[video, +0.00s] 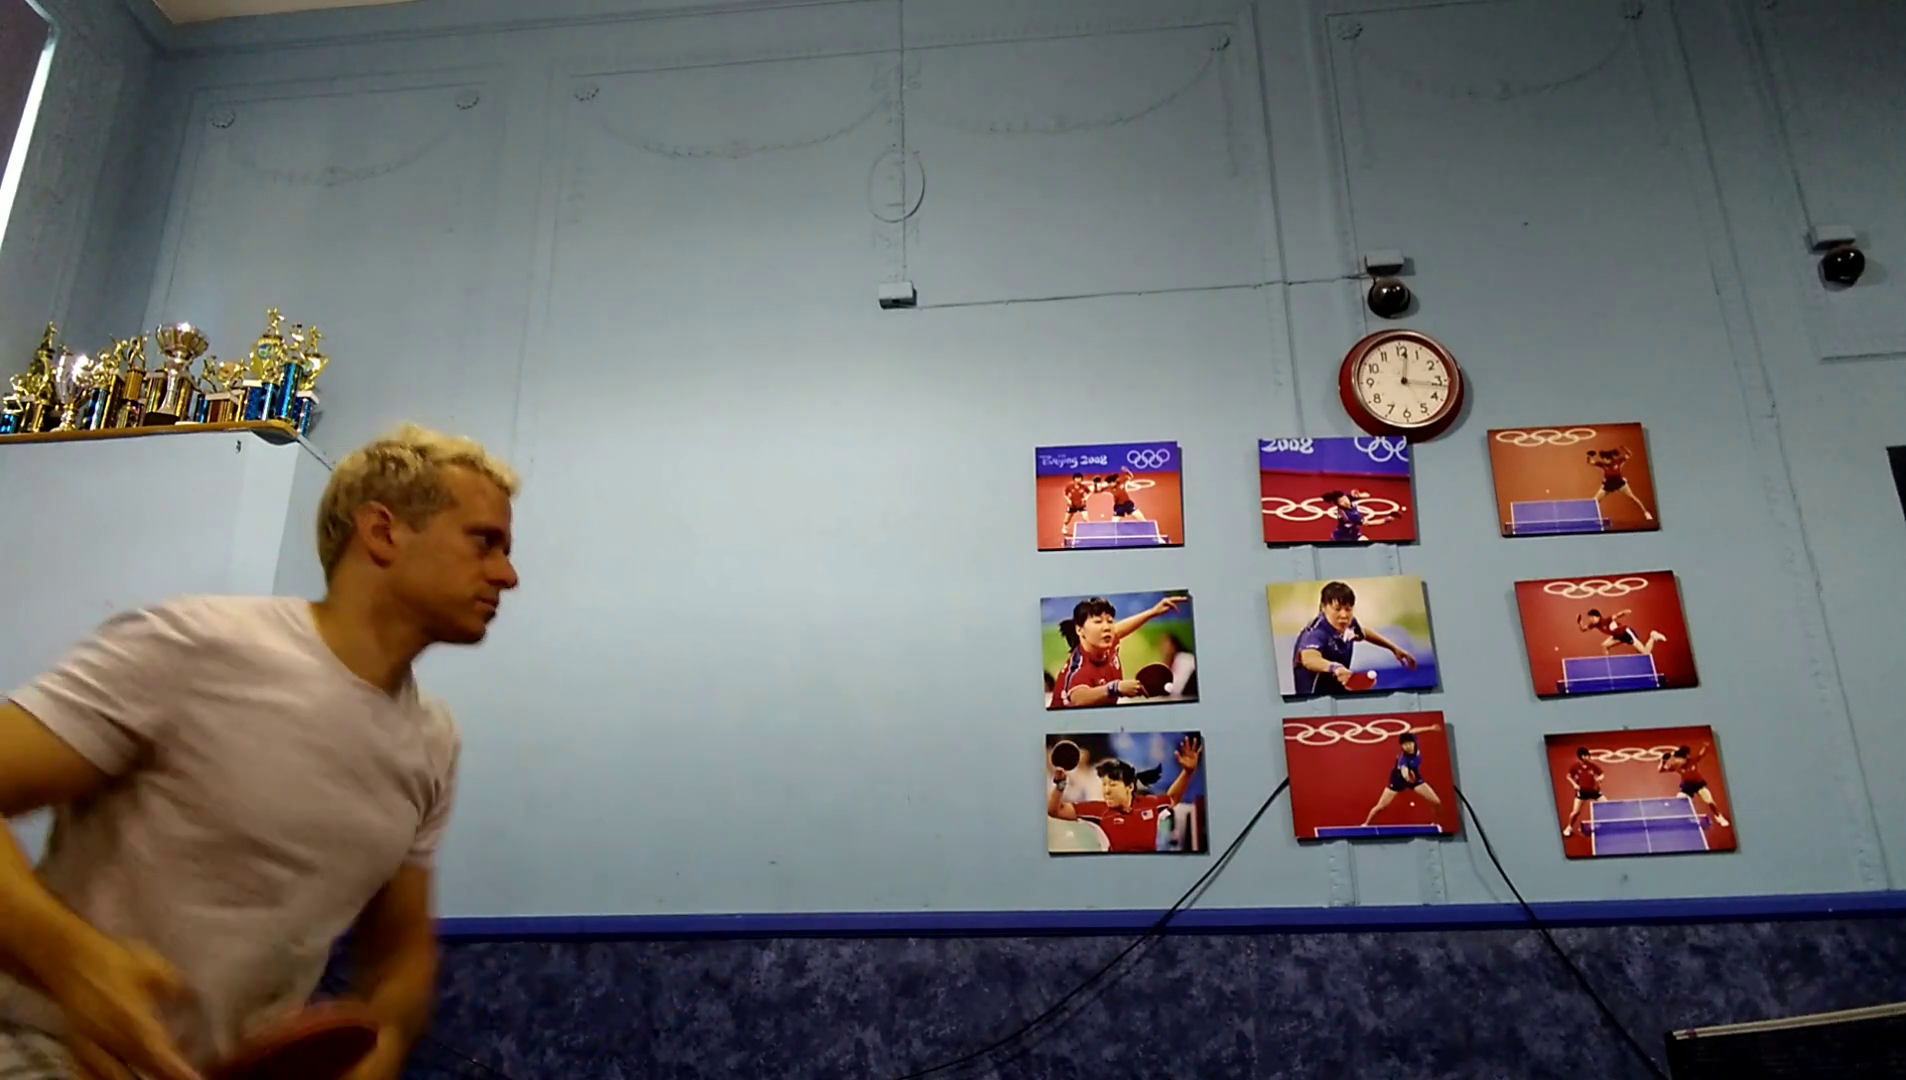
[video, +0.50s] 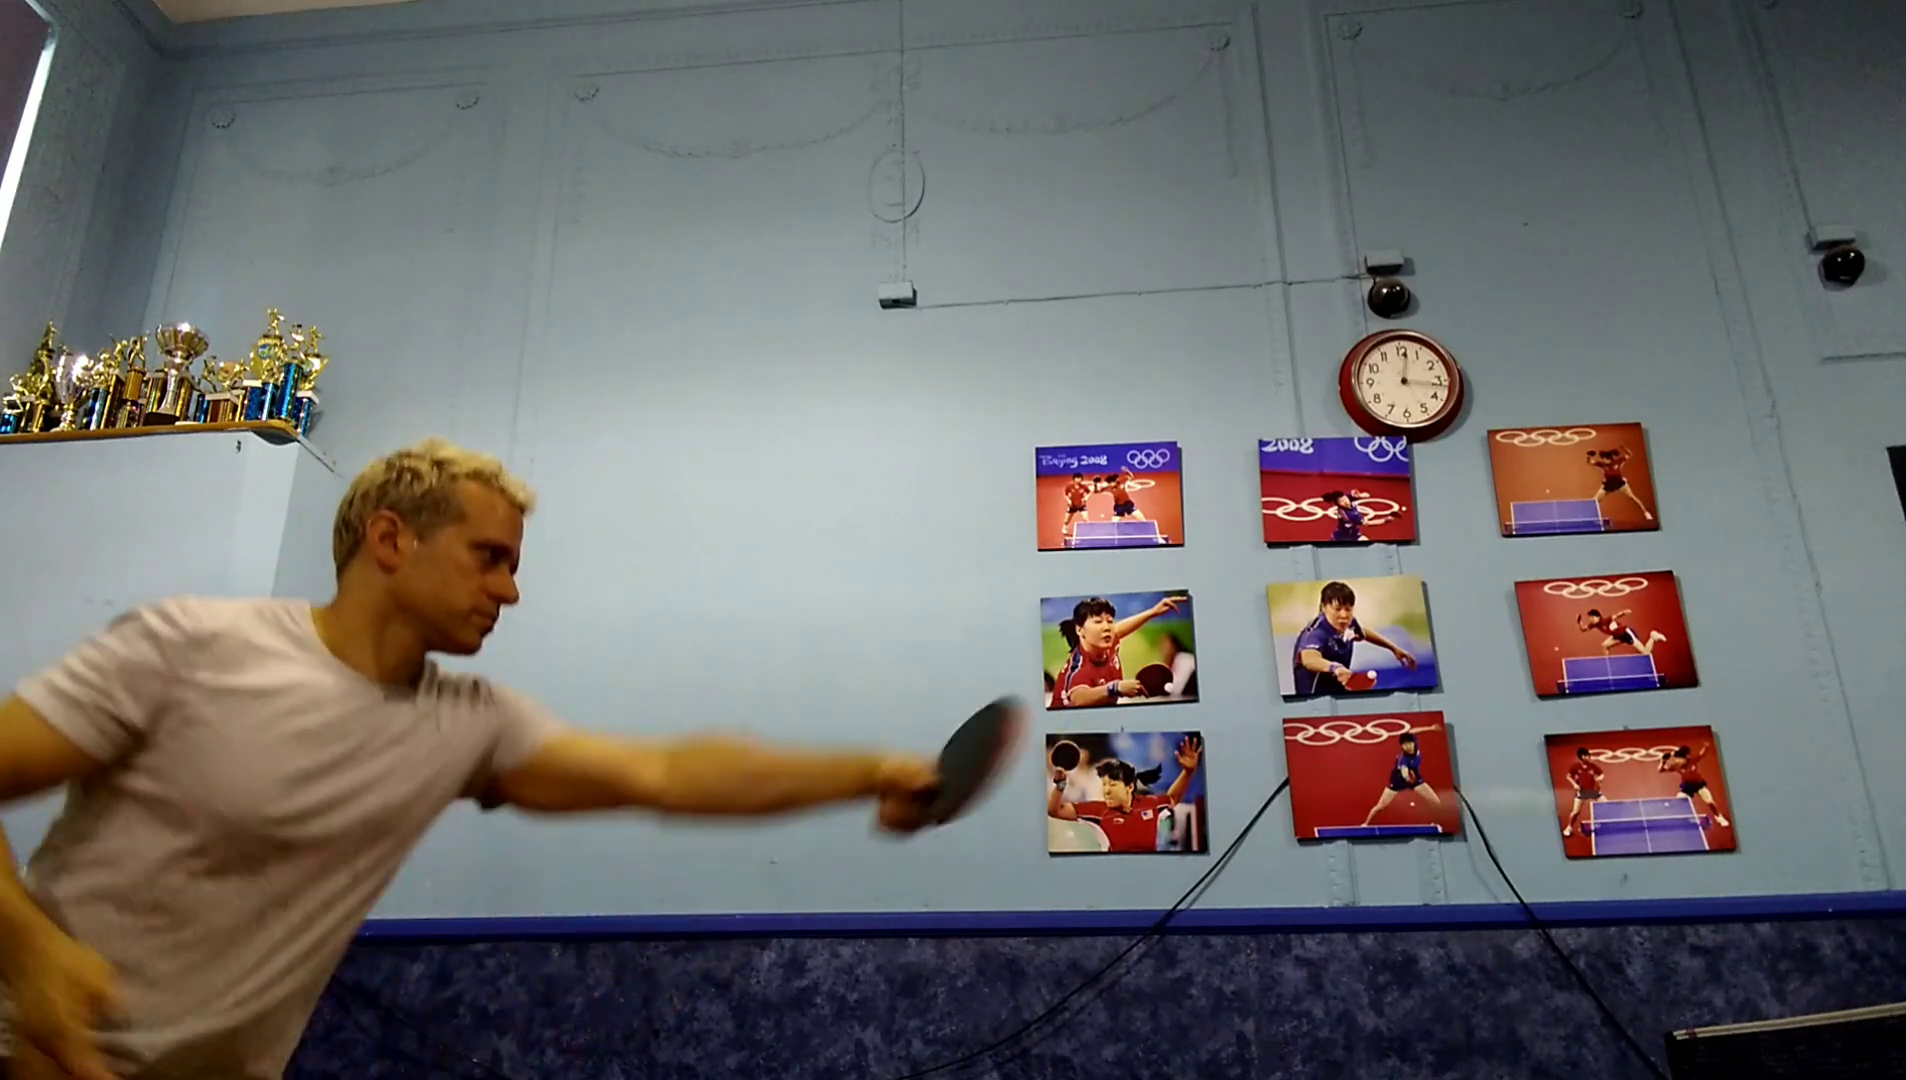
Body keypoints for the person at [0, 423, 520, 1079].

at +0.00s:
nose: (510, 575)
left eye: (506, 550)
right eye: (486, 542)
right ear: (382, 533)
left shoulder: (426, 743)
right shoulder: (190, 647)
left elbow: (404, 949)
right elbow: (2, 789)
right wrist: (69, 959)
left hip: (233, 1069)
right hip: (51, 1052)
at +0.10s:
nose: (522, 605)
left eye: (519, 583)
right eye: (499, 575)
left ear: (397, 569)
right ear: (396, 566)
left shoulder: (416, 757)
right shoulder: (241, 685)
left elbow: (370, 940)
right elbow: (15, 863)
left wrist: (361, 1067)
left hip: (265, 1064)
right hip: (63, 1058)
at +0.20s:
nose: (526, 641)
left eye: (523, 615)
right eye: (502, 609)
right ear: (400, 604)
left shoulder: (416, 781)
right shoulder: (257, 727)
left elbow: (382, 962)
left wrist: (402, 1064)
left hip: (269, 1068)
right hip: (121, 1057)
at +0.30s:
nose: (519, 638)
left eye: (519, 614)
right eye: (496, 607)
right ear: (396, 598)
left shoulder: (430, 784)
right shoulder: (233, 721)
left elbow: (463, 945)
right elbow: (32, 933)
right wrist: (134, 1071)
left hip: (267, 1069)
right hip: (100, 1055)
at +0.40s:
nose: (511, 612)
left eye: (513, 587)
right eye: (490, 580)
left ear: (405, 576)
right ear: (390, 566)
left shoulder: (460, 764)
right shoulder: (205, 684)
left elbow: (608, 879)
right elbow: (5, 848)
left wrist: (739, 873)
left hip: (237, 1069)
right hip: (55, 1051)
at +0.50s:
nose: (509, 588)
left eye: (514, 564)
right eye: (488, 556)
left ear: (419, 558)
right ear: (386, 541)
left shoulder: (466, 727)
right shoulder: (185, 647)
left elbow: (664, 773)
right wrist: (23, 940)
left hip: (227, 1067)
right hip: (47, 1046)